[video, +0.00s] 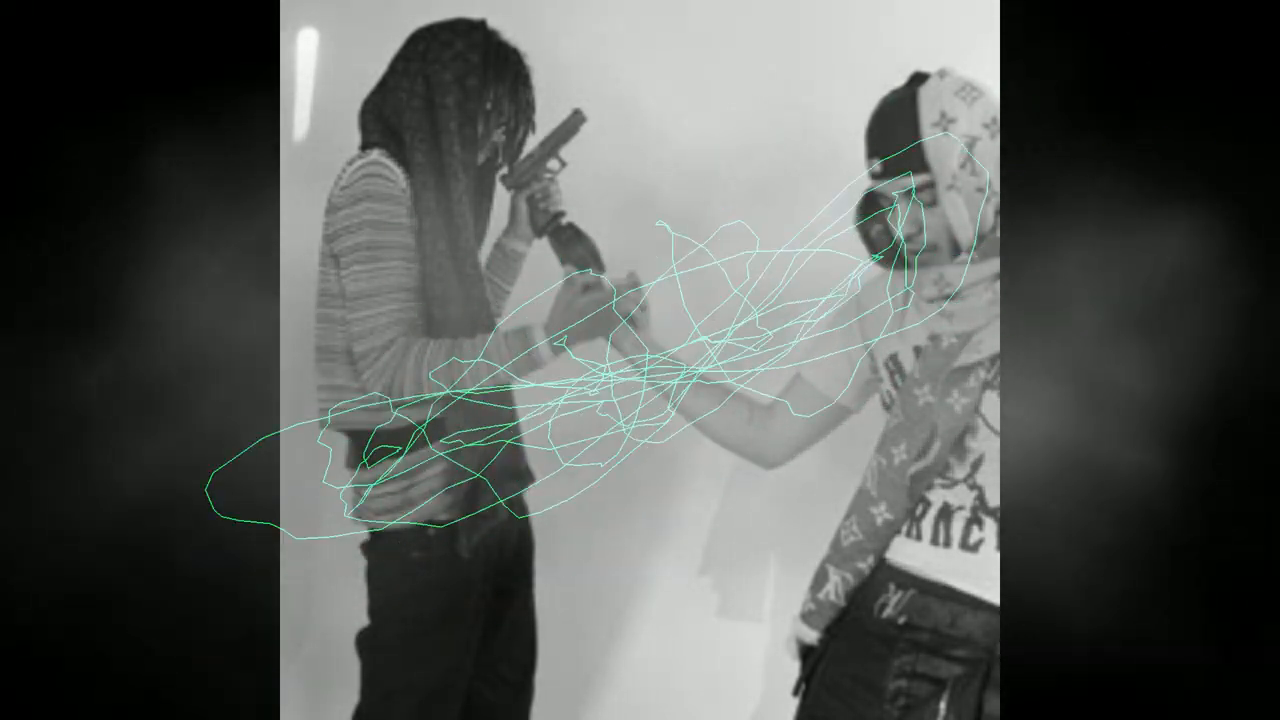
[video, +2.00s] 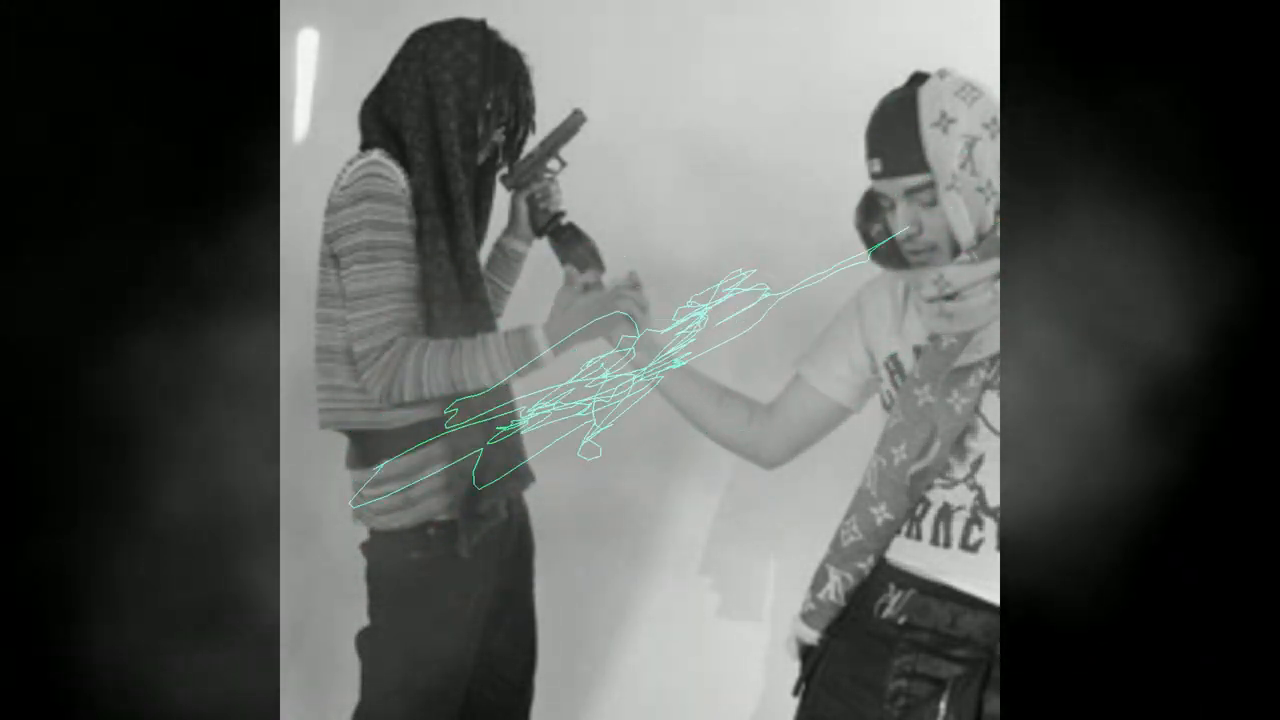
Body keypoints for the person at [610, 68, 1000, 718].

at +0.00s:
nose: (908, 222)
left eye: (924, 195)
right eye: (895, 200)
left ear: (979, 172)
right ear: (889, 199)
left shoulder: (1037, 283)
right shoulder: (898, 296)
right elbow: (771, 435)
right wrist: (637, 347)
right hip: (894, 617)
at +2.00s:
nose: (906, 228)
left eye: (927, 199)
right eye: (887, 206)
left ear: (981, 184)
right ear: (875, 207)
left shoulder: (1037, 293)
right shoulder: (891, 302)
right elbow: (768, 436)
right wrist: (641, 345)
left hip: (997, 638)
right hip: (883, 616)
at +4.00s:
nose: (906, 228)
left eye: (926, 199)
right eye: (887, 205)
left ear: (978, 183)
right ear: (874, 206)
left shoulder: (1031, 290)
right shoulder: (890, 305)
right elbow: (768, 436)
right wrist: (639, 347)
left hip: (990, 639)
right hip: (878, 615)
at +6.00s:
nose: (903, 227)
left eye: (925, 198)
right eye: (885, 204)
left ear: (981, 182)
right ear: (873, 204)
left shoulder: (1043, 287)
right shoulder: (894, 300)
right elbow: (770, 436)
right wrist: (638, 346)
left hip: (1005, 641)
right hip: (884, 615)